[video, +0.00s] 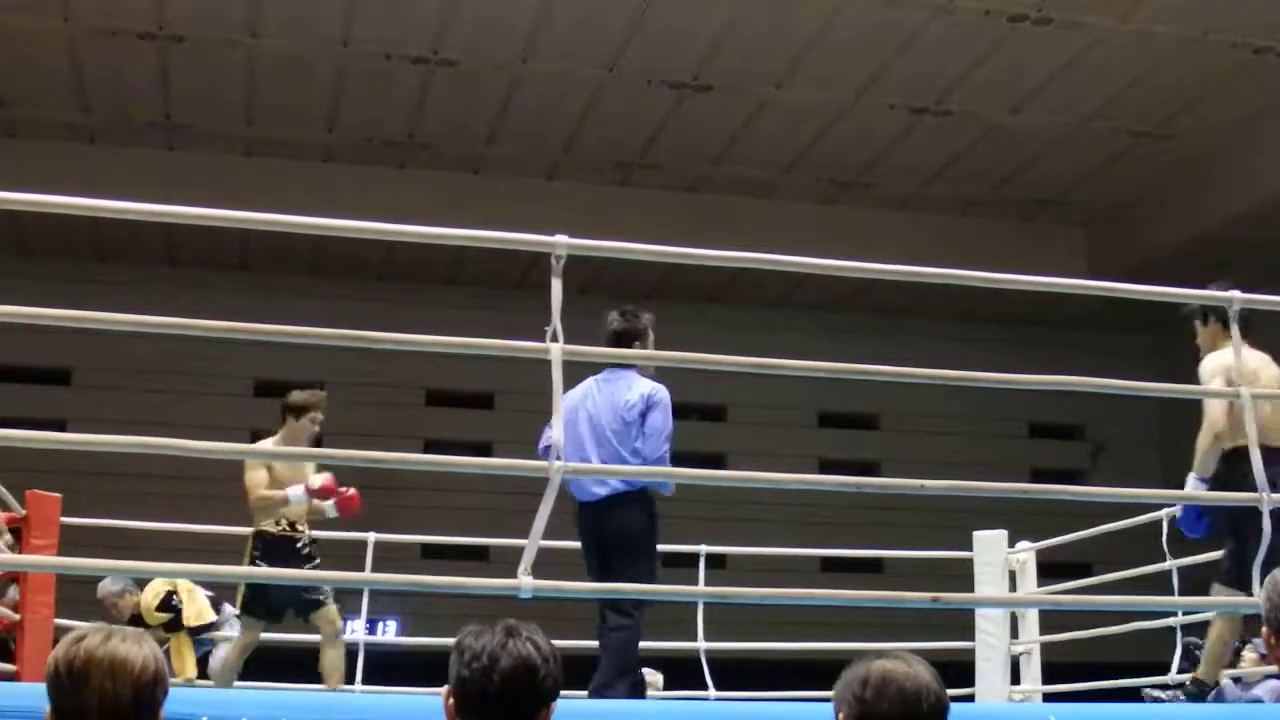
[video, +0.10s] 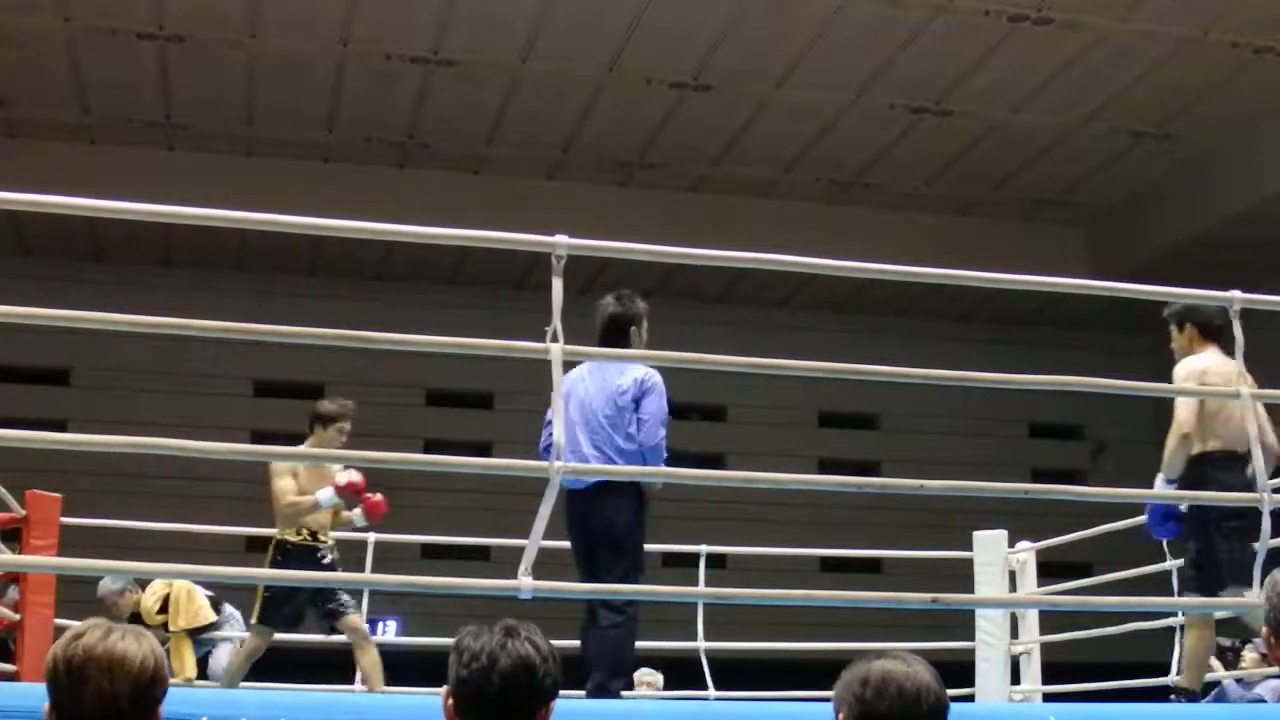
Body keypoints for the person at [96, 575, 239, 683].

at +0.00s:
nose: (112, 613)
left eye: (115, 606)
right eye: (108, 608)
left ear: (131, 594)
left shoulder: (157, 604)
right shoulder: (136, 620)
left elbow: (206, 621)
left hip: (225, 624)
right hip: (194, 630)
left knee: (217, 672)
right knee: (164, 664)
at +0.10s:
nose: (112, 610)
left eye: (115, 604)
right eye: (109, 606)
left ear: (132, 593)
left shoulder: (154, 602)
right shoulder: (134, 620)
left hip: (225, 621)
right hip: (193, 630)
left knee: (218, 670)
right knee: (164, 668)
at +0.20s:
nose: (115, 609)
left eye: (116, 602)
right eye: (111, 605)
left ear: (133, 591)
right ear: (132, 593)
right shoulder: (138, 618)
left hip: (228, 621)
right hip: (198, 627)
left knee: (219, 670)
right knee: (173, 668)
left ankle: (236, 706)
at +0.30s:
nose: (116, 609)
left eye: (117, 602)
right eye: (112, 604)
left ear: (136, 591)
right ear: (136, 592)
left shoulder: (157, 606)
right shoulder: (140, 613)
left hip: (230, 623)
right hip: (198, 628)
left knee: (219, 669)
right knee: (173, 663)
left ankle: (234, 710)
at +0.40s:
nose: (119, 610)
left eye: (119, 603)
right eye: (115, 605)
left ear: (134, 590)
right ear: (134, 591)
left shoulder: (165, 599)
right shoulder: (142, 612)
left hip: (231, 622)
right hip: (200, 628)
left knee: (219, 670)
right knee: (173, 663)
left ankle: (235, 711)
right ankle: (176, 709)